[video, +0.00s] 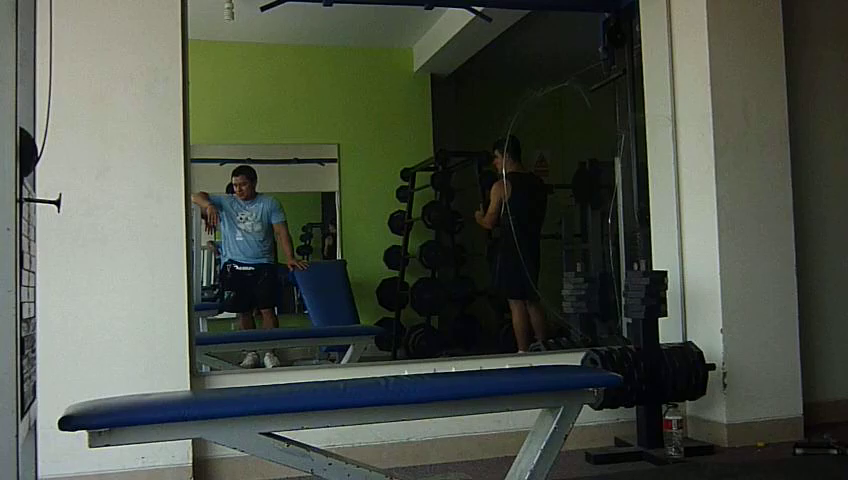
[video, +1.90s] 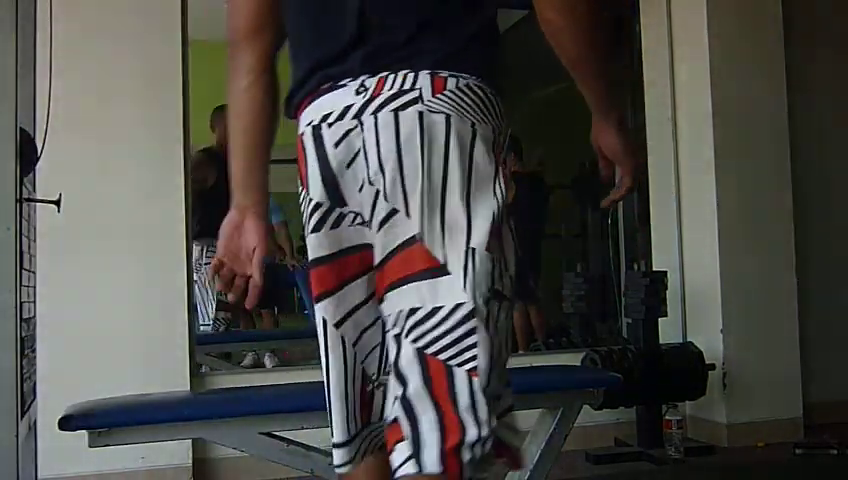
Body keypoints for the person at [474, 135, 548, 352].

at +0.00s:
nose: (494, 163)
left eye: (495, 158)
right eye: (494, 158)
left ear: (503, 157)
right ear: (518, 156)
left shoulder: (501, 186)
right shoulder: (536, 182)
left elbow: (490, 221)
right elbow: (537, 217)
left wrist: (480, 216)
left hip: (510, 248)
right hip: (532, 246)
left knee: (516, 301)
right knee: (532, 299)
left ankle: (523, 353)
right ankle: (542, 347)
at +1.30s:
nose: (496, 163)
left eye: (497, 157)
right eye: (495, 158)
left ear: (507, 156)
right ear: (519, 156)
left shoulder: (504, 185)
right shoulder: (537, 182)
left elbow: (490, 221)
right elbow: (537, 215)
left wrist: (480, 217)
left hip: (511, 247)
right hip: (533, 245)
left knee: (516, 301)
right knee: (532, 298)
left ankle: (522, 353)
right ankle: (542, 346)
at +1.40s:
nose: (497, 163)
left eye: (499, 157)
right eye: (497, 157)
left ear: (510, 156)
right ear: (518, 157)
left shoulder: (505, 185)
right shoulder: (539, 182)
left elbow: (492, 218)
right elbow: (538, 217)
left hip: (512, 247)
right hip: (533, 246)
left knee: (516, 301)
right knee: (532, 299)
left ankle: (523, 352)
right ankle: (542, 347)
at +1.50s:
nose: (497, 162)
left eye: (498, 157)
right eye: (497, 157)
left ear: (509, 156)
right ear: (518, 157)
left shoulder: (504, 186)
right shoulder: (532, 180)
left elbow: (491, 220)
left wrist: (480, 217)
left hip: (511, 248)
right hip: (533, 243)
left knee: (516, 302)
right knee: (532, 299)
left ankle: (522, 351)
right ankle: (542, 345)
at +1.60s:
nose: (496, 163)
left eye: (498, 157)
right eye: (496, 158)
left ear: (509, 156)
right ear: (519, 157)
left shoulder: (504, 186)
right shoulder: (536, 180)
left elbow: (491, 220)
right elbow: (538, 213)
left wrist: (480, 217)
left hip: (511, 247)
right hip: (534, 245)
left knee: (516, 302)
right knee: (533, 299)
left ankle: (523, 353)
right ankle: (542, 347)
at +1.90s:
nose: (502, 165)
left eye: (504, 160)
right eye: (503, 161)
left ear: (511, 158)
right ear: (522, 157)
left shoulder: (512, 183)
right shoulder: (538, 180)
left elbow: (503, 213)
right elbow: (542, 216)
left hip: (515, 247)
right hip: (534, 245)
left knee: (518, 299)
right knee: (533, 297)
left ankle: (522, 350)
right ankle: (542, 343)